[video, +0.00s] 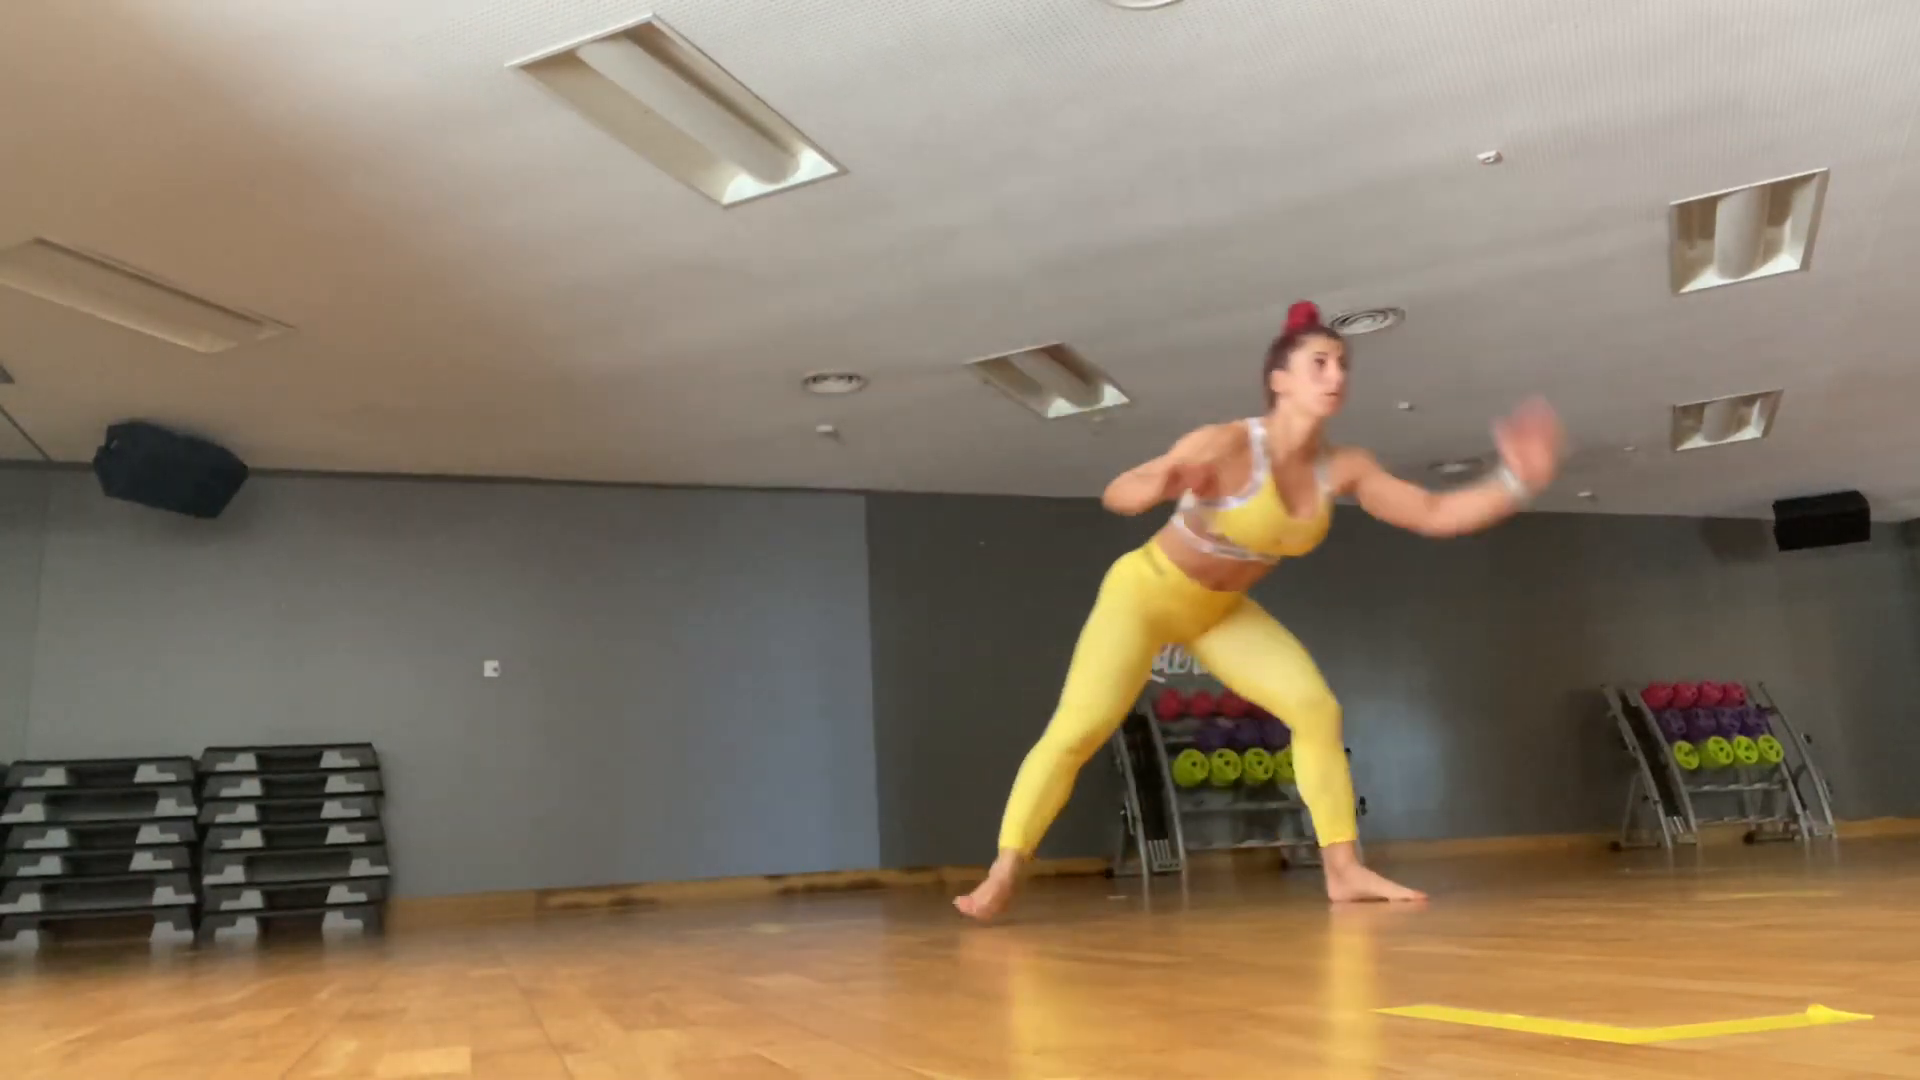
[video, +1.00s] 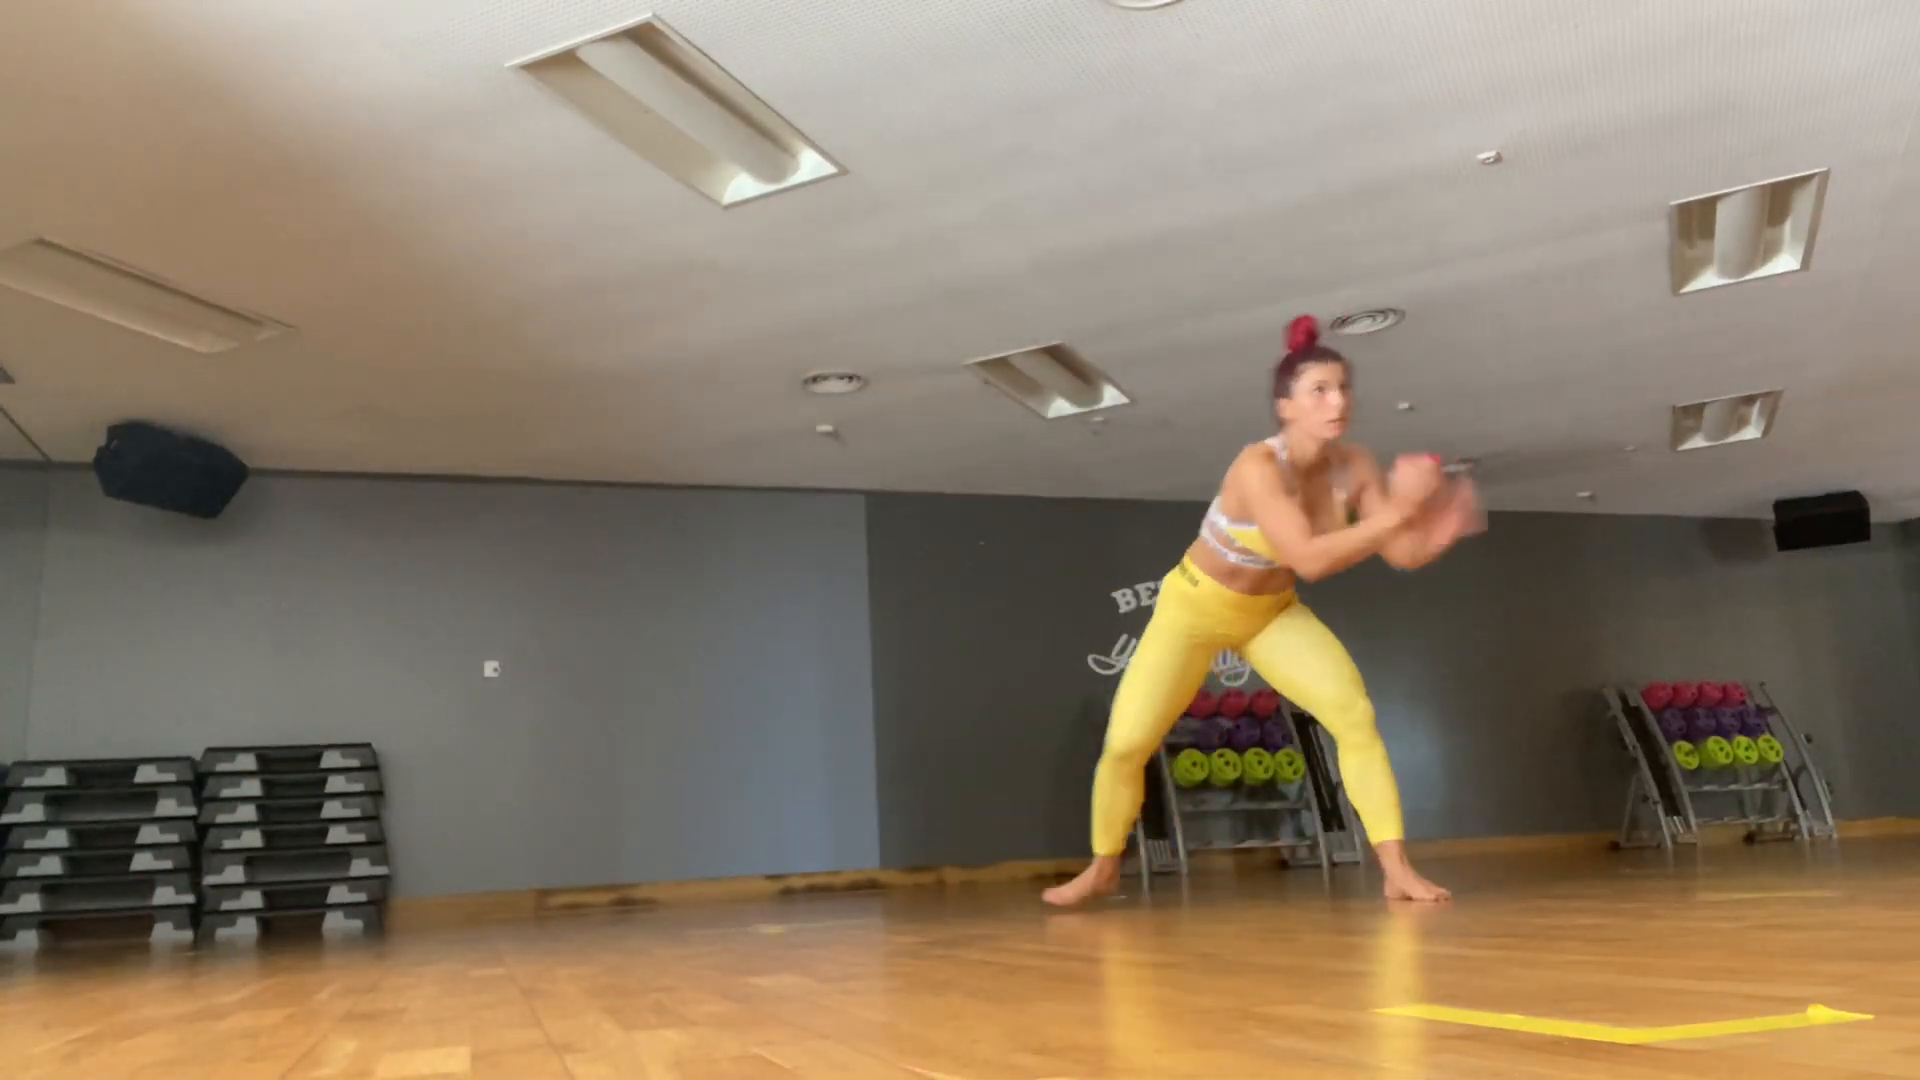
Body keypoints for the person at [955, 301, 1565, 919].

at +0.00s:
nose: (1336, 376)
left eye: (1343, 366)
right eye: (1319, 363)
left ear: (1347, 384)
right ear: (1279, 378)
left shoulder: (1343, 469)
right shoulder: (1222, 446)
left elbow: (1437, 514)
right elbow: (1117, 498)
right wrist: (1164, 482)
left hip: (1226, 612)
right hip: (1147, 594)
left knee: (1314, 708)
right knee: (1080, 728)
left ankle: (1345, 871)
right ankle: (1004, 873)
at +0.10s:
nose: (1355, 376)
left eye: (1362, 365)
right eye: (1338, 363)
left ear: (1367, 383)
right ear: (1299, 379)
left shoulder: (1360, 472)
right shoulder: (1258, 439)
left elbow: (1425, 540)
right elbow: (1169, 467)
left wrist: (1509, 569)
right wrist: (1238, 435)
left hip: (1252, 605)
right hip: (1176, 587)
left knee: (1329, 707)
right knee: (1104, 730)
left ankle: (1346, 872)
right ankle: (1026, 874)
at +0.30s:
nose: (1342, 358)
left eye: (1346, 349)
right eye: (1326, 348)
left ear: (1349, 358)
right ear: (1287, 366)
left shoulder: (1339, 447)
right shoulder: (1258, 417)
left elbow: (1281, 520)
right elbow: (1327, 391)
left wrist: (1308, 566)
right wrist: (1386, 357)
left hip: (1271, 604)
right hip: (1198, 597)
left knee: (1331, 714)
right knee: (1172, 725)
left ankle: (1348, 870)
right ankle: (1160, 844)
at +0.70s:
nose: (1337, 375)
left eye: (1342, 365)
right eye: (1321, 364)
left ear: (1348, 373)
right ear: (1287, 380)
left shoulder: (1328, 450)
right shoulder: (1262, 422)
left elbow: (1333, 532)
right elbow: (1334, 427)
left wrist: (1388, 566)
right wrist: (1395, 391)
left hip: (1276, 612)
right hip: (1204, 609)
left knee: (1338, 721)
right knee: (1200, 743)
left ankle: (1398, 868)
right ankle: (1198, 854)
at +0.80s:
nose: (1359, 374)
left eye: (1364, 363)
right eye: (1343, 362)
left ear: (1369, 375)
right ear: (1307, 376)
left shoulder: (1352, 459)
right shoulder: (1283, 425)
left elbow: (1368, 536)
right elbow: (1347, 467)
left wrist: (1417, 533)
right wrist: (1423, 424)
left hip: (1277, 609)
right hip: (1205, 601)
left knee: (1344, 717)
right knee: (1189, 751)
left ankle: (1400, 872)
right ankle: (1170, 851)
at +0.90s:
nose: (1367, 393)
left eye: (1373, 381)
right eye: (1351, 381)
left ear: (1380, 392)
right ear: (1314, 395)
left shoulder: (1370, 463)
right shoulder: (1285, 454)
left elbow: (1416, 551)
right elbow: (1335, 546)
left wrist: (1426, 496)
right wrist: (1420, 502)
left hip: (1276, 612)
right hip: (1202, 603)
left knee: (1353, 714)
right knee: (1156, 757)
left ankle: (1398, 870)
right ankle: (1125, 857)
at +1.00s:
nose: (1337, 403)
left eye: (1343, 389)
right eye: (1320, 391)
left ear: (1351, 399)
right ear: (1285, 406)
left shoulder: (1354, 464)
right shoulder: (1257, 467)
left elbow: (1398, 551)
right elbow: (1309, 560)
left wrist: (1443, 525)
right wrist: (1396, 510)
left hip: (1274, 614)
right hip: (1194, 607)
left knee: (1354, 715)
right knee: (1125, 743)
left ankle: (1397, 871)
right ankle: (1102, 869)